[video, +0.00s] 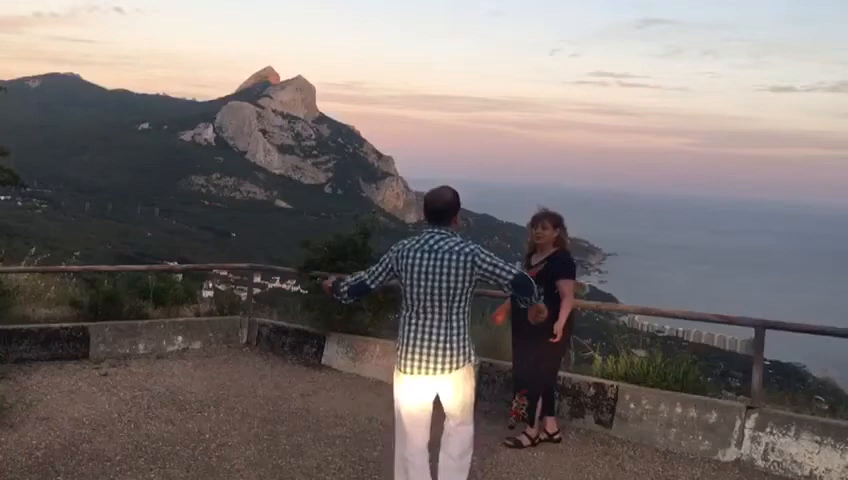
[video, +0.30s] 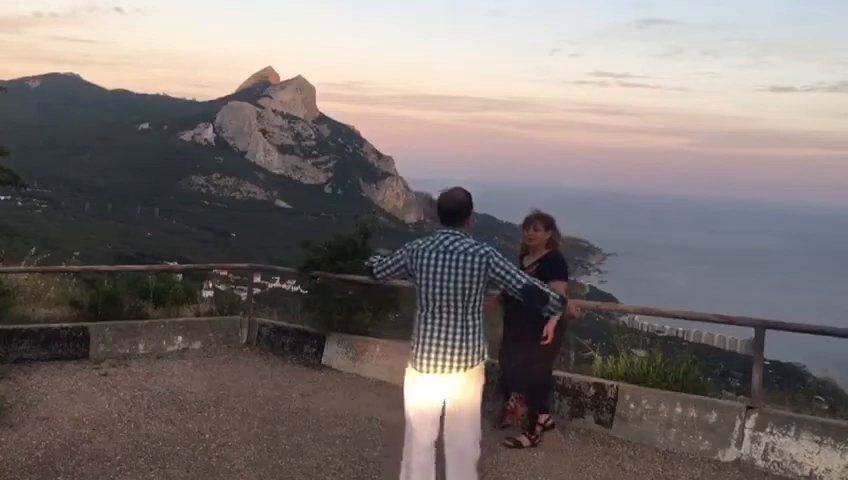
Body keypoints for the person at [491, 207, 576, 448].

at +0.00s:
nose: (538, 232)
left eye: (544, 228)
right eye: (535, 227)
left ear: (557, 233)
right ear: (531, 231)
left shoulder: (562, 259)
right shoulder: (531, 257)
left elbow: (567, 295)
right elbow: (522, 288)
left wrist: (560, 322)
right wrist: (505, 308)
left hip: (548, 326)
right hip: (527, 325)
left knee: (536, 374)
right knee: (544, 374)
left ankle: (532, 429)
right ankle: (550, 425)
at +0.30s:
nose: (530, 234)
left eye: (536, 230)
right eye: (527, 230)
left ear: (548, 234)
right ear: (523, 232)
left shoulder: (555, 260)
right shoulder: (521, 259)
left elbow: (558, 294)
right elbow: (512, 286)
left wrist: (552, 321)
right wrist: (496, 300)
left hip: (540, 325)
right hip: (516, 322)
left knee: (536, 373)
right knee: (515, 367)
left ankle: (532, 431)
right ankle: (542, 413)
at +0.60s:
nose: (515, 231)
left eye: (521, 227)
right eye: (513, 226)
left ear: (534, 231)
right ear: (508, 229)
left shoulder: (541, 257)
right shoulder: (509, 256)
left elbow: (549, 289)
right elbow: (502, 287)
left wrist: (546, 317)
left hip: (530, 323)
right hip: (508, 320)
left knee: (527, 372)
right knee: (508, 371)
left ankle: (529, 426)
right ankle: (506, 422)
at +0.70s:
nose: (511, 231)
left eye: (517, 226)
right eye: (508, 226)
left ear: (530, 230)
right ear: (503, 228)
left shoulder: (537, 256)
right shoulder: (506, 256)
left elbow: (545, 287)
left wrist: (542, 315)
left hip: (528, 321)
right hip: (507, 319)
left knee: (528, 372)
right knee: (508, 371)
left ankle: (528, 427)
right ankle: (507, 422)